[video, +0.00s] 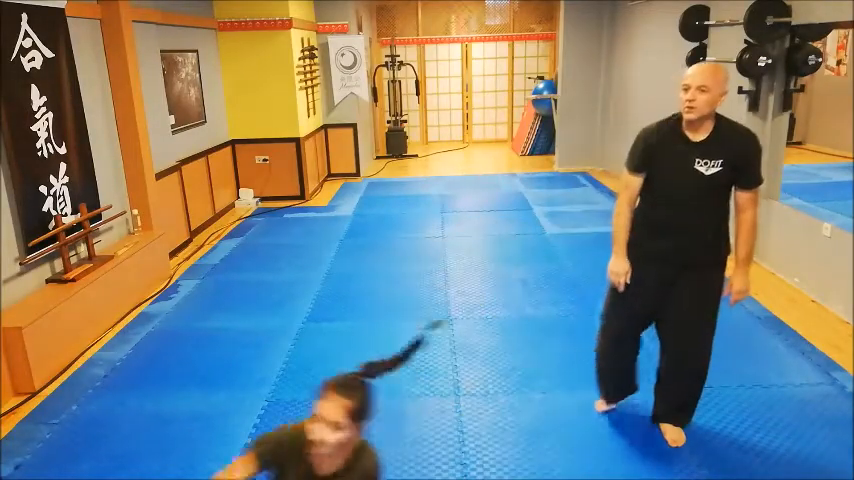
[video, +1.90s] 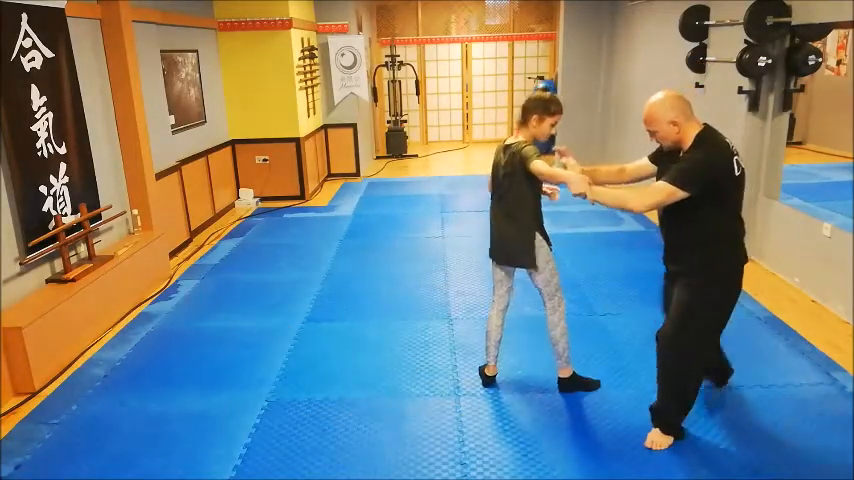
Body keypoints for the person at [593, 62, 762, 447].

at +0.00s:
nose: (690, 97)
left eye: (701, 91)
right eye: (686, 89)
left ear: (720, 97)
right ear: (679, 91)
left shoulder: (741, 145)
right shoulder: (652, 138)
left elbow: (746, 209)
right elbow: (626, 199)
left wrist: (742, 268)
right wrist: (618, 254)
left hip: (700, 267)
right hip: (644, 259)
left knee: (688, 348)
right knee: (615, 332)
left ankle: (671, 416)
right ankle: (614, 388)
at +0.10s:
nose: (693, 94)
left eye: (704, 88)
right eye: (689, 85)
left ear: (723, 95)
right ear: (682, 89)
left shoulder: (745, 143)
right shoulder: (657, 136)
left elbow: (750, 208)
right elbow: (631, 196)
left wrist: (745, 267)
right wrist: (624, 250)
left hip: (704, 263)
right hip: (650, 255)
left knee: (690, 344)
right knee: (622, 315)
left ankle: (671, 414)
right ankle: (645, 367)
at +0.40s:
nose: (696, 90)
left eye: (707, 85)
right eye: (693, 84)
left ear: (726, 92)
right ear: (687, 89)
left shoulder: (749, 138)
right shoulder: (668, 132)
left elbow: (757, 203)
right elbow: (648, 189)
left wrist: (747, 258)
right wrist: (630, 236)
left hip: (710, 257)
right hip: (661, 250)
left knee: (690, 338)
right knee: (654, 322)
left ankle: (671, 413)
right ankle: (685, 379)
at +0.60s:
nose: (671, 131)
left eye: (672, 124)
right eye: (669, 125)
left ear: (693, 116)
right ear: (695, 116)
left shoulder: (719, 151)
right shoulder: (721, 136)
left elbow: (657, 186)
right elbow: (713, 198)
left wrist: (603, 173)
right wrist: (688, 237)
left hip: (724, 258)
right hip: (728, 247)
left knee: (694, 332)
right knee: (726, 313)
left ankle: (676, 422)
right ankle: (732, 372)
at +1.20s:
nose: (669, 133)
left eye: (670, 125)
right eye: (667, 126)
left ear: (690, 117)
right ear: (691, 117)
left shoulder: (717, 150)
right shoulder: (717, 138)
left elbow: (658, 188)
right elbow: (688, 200)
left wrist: (603, 177)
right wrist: (646, 223)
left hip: (722, 258)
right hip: (719, 249)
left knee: (693, 331)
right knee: (726, 313)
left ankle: (676, 422)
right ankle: (733, 373)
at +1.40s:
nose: (668, 133)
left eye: (671, 126)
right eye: (666, 127)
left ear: (692, 118)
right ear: (692, 119)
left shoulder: (720, 151)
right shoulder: (701, 143)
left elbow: (660, 190)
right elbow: (666, 189)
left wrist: (602, 175)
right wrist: (618, 198)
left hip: (723, 259)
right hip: (711, 251)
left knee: (691, 330)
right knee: (723, 311)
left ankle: (673, 421)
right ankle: (732, 372)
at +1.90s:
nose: (651, 139)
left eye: (654, 132)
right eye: (649, 132)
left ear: (677, 124)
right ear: (676, 123)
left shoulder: (708, 156)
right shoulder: (679, 149)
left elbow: (646, 201)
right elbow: (627, 172)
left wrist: (588, 191)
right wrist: (579, 170)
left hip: (713, 271)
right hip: (683, 264)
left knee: (675, 341)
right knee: (685, 326)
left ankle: (668, 424)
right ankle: (718, 370)